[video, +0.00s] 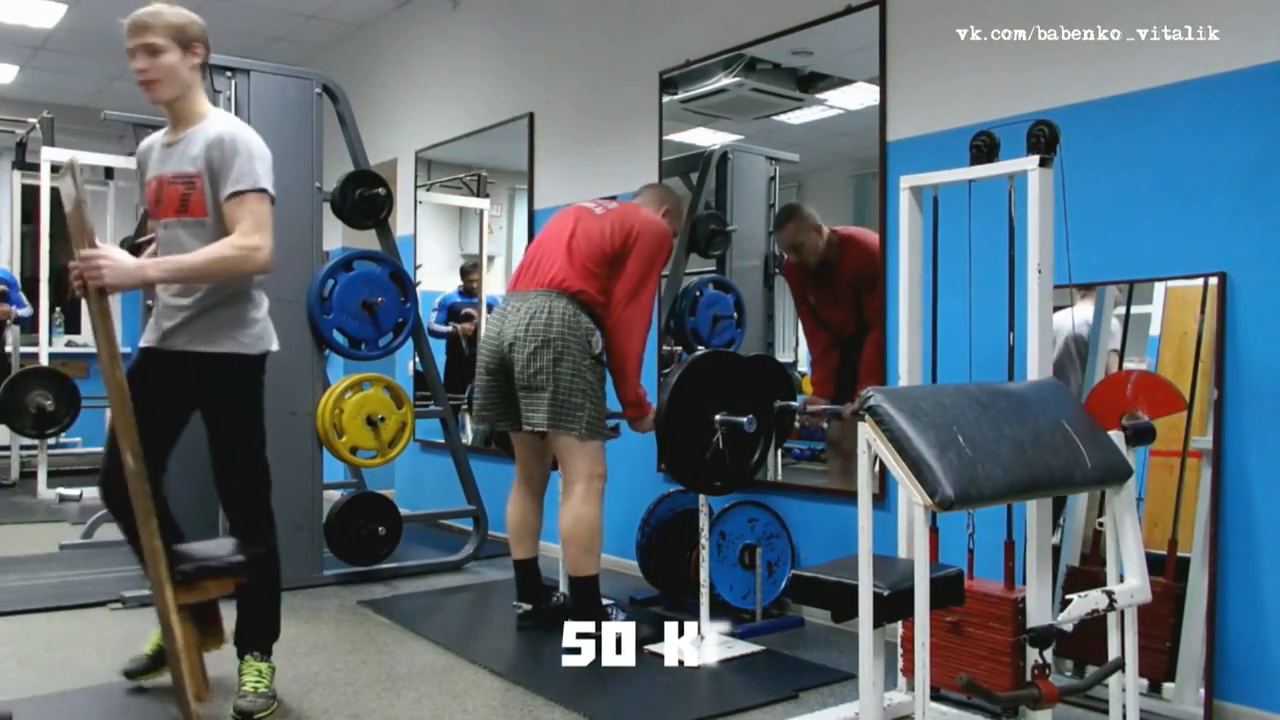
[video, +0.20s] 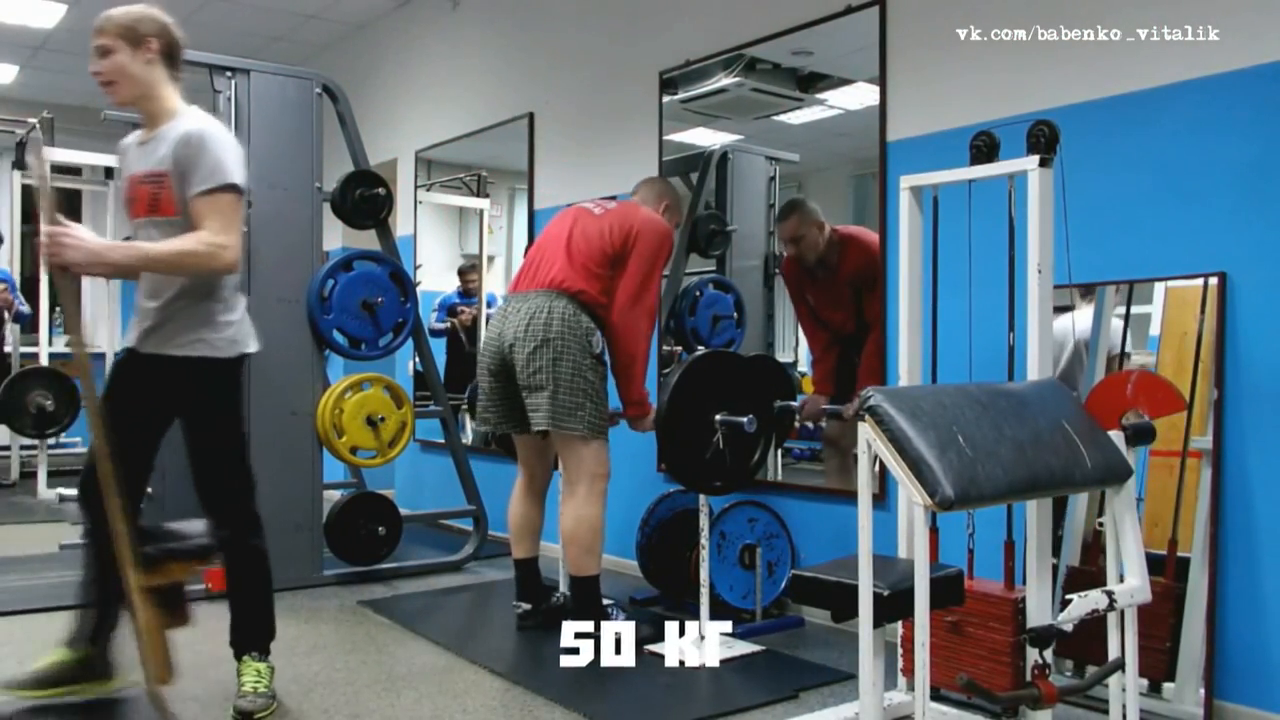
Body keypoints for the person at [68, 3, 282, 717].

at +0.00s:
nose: (140, 67)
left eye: (153, 52)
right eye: (133, 56)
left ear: (195, 55)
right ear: (131, 67)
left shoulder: (234, 139)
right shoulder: (150, 151)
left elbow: (255, 249)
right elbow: (156, 242)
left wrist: (141, 270)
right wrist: (112, 265)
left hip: (232, 346)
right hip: (166, 345)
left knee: (246, 498)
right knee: (122, 481)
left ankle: (256, 653)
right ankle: (192, 618)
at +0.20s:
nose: (98, 69)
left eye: (108, 53)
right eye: (95, 57)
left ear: (153, 53)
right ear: (126, 62)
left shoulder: (204, 136)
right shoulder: (131, 150)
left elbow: (223, 250)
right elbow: (148, 253)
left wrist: (108, 256)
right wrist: (91, 254)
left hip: (213, 351)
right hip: (149, 349)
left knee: (230, 506)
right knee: (104, 490)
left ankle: (254, 658)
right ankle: (92, 649)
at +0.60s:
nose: (4, 50)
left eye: (15, 35)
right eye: (1, 39)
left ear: (62, 40)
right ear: (11, 52)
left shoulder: (108, 125)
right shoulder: (13, 135)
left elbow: (116, 241)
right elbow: (27, 239)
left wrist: (11, 256)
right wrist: (12, 277)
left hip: (113, 326)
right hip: (43, 334)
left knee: (113, 483)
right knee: (27, 492)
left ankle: (181, 649)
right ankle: (49, 659)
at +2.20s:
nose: (74, 6)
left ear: (129, 12)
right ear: (54, 10)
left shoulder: (163, 105)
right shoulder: (30, 108)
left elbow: (234, 219)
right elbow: (16, 197)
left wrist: (111, 249)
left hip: (154, 346)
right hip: (70, 346)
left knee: (158, 513)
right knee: (100, 507)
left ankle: (167, 685)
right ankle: (155, 616)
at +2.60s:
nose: (74, 4)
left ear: (122, 2)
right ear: (47, 7)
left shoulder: (170, 88)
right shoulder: (21, 102)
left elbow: (234, 220)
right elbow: (20, 223)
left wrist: (100, 236)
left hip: (176, 345)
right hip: (72, 346)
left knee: (186, 526)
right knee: (39, 515)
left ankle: (177, 685)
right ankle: (89, 685)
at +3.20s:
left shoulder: (171, 26)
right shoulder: (8, 27)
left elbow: (229, 183)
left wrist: (149, 245)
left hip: (155, 339)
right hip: (18, 351)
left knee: (177, 598)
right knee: (24, 602)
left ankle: (191, 715)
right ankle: (35, 712)